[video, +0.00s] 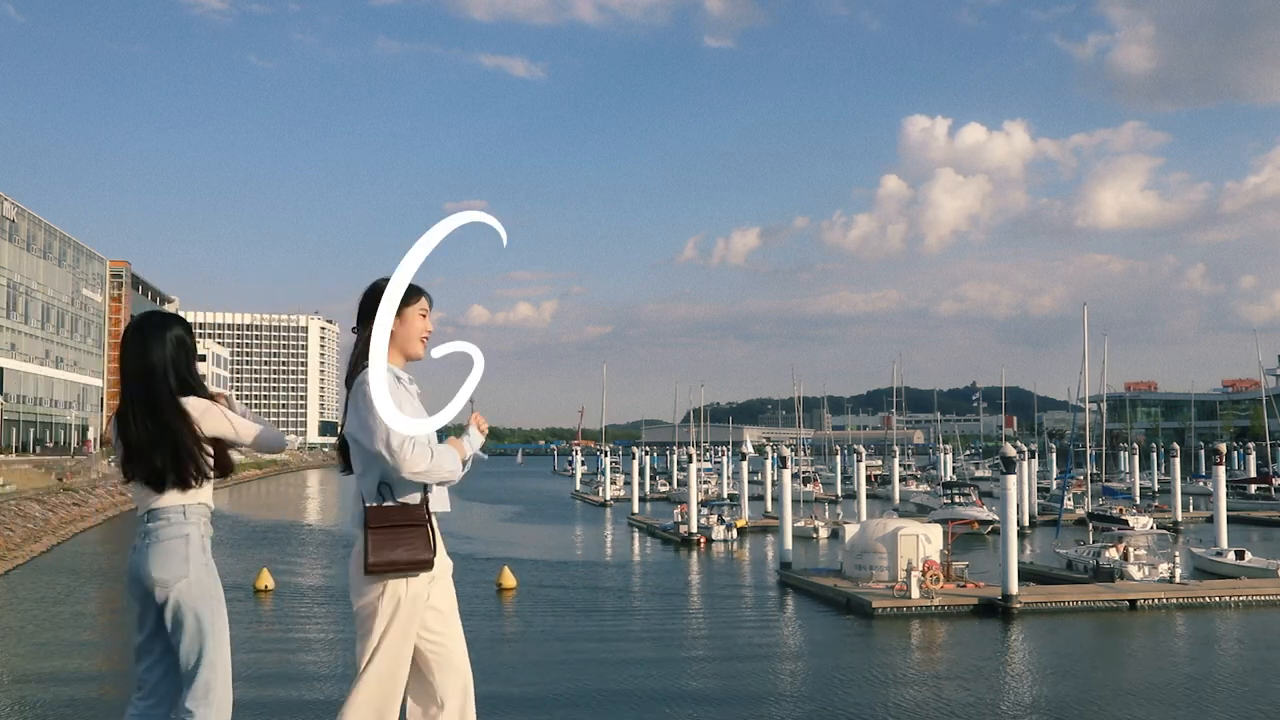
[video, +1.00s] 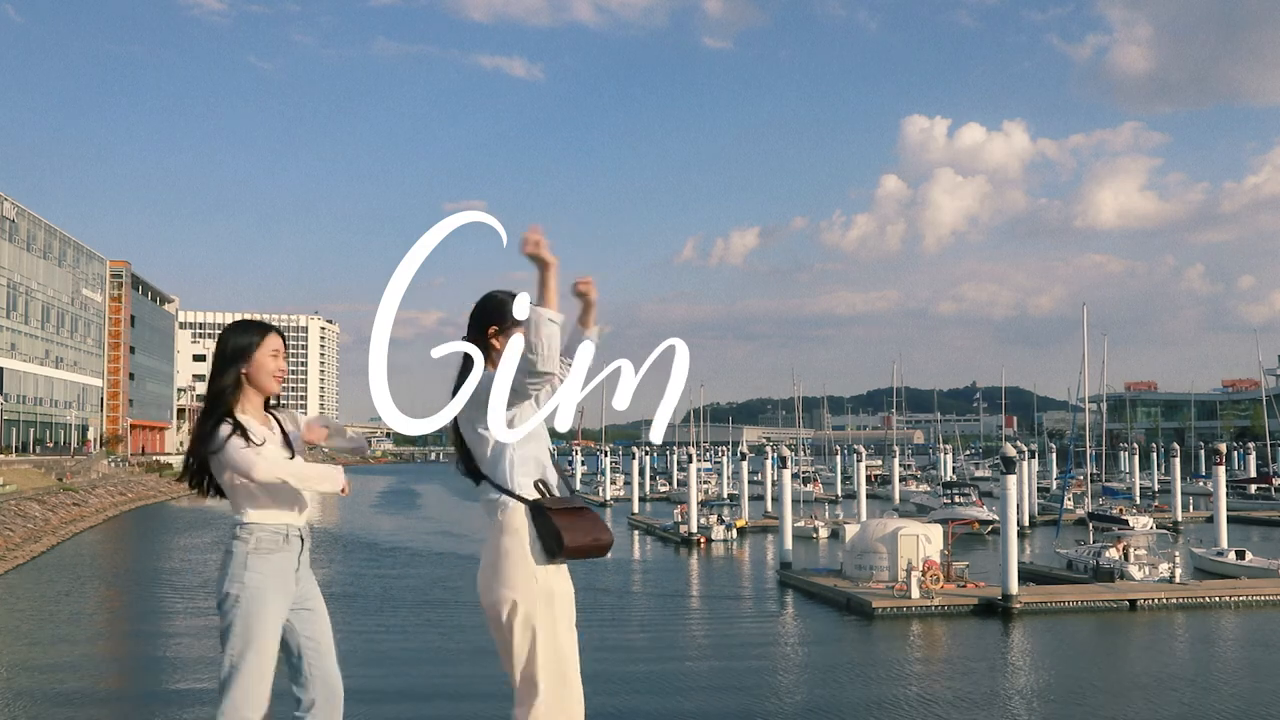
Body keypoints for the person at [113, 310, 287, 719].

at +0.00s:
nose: (195, 359)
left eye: (192, 351)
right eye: (190, 351)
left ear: (131, 361)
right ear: (181, 358)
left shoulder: (124, 419)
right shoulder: (195, 410)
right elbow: (276, 441)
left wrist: (204, 408)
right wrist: (231, 407)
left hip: (145, 551)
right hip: (185, 553)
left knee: (153, 688)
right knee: (210, 690)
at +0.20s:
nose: (206, 376)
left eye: (207, 366)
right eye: (195, 368)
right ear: (167, 373)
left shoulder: (168, 422)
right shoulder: (166, 425)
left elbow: (194, 499)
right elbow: (213, 494)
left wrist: (230, 478)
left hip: (179, 569)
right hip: (166, 573)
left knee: (160, 699)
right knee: (226, 699)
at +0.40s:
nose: (206, 374)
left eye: (214, 368)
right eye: (196, 362)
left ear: (219, 378)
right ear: (170, 365)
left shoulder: (220, 429)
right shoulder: (139, 432)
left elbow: (283, 452)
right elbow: (167, 494)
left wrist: (260, 469)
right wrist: (221, 441)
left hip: (224, 570)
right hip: (176, 571)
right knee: (222, 703)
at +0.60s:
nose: (219, 362)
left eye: (226, 354)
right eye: (208, 350)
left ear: (231, 363)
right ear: (181, 357)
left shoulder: (241, 411)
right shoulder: (158, 418)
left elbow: (308, 429)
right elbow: (167, 476)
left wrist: (241, 404)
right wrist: (249, 461)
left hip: (263, 551)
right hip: (204, 553)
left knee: (289, 687)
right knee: (210, 695)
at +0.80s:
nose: (241, 364)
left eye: (248, 357)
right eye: (230, 353)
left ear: (252, 365)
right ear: (203, 357)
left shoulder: (258, 405)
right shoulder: (178, 426)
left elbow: (329, 409)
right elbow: (212, 461)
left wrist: (284, 431)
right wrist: (259, 400)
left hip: (277, 559)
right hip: (220, 559)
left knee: (309, 685)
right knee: (218, 696)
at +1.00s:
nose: (283, 366)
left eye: (283, 357)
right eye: (273, 356)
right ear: (243, 364)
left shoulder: (282, 422)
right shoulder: (222, 428)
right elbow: (258, 468)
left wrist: (314, 435)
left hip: (297, 562)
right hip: (257, 562)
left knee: (325, 695)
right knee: (245, 699)